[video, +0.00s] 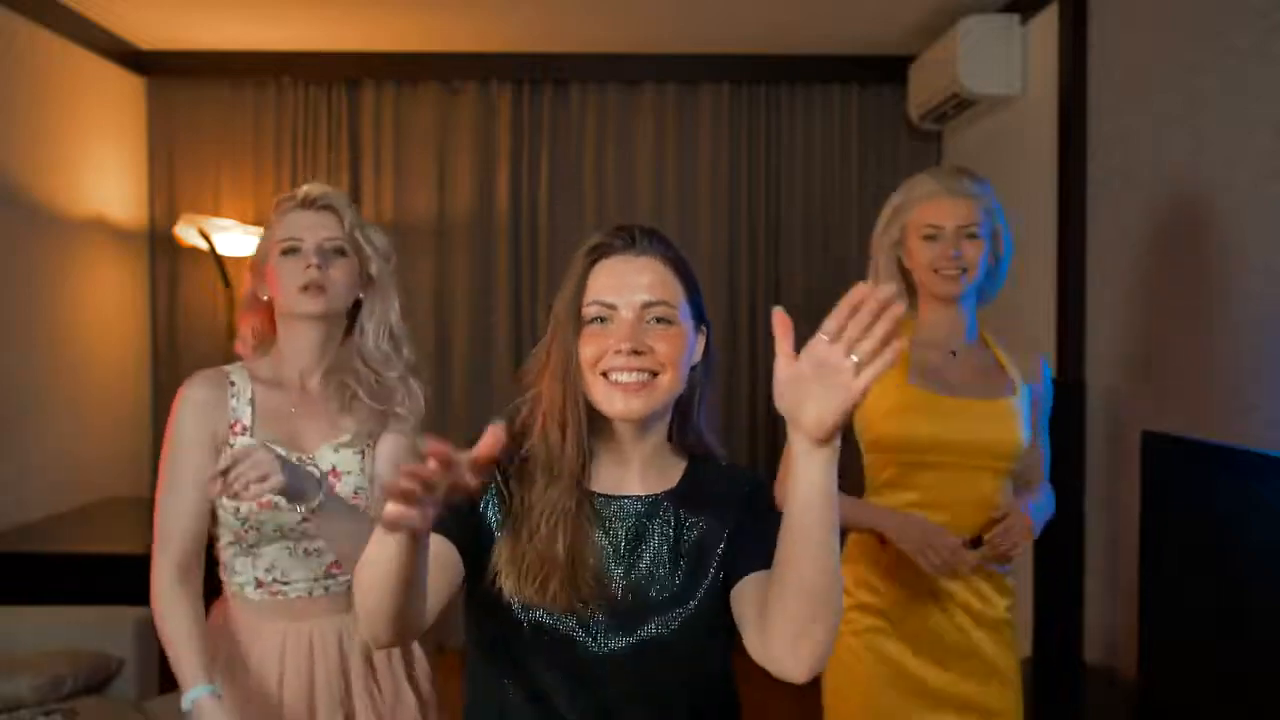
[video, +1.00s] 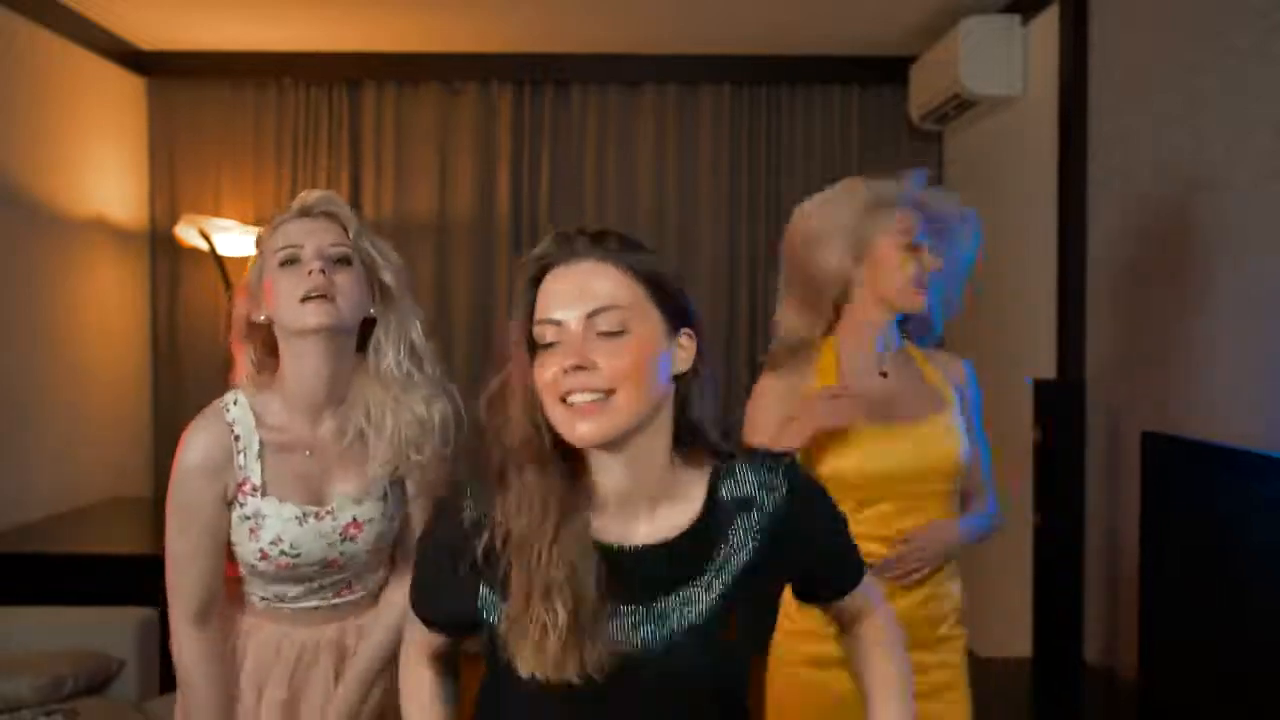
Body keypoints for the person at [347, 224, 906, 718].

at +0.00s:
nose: (628, 339)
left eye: (658, 317)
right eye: (600, 317)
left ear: (698, 347)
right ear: (566, 343)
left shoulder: (729, 503)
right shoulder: (500, 489)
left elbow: (794, 655)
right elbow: (383, 628)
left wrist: (812, 445)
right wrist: (400, 525)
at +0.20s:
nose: (620, 327)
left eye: (651, 300)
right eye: (593, 302)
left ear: (695, 324)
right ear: (562, 328)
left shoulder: (740, 476)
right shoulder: (510, 461)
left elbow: (778, 641)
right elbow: (413, 609)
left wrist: (814, 443)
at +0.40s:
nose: (602, 381)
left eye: (635, 356)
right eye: (576, 351)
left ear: (671, 380)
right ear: (541, 370)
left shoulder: (725, 504)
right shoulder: (485, 521)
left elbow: (744, 673)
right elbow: (445, 709)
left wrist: (755, 697)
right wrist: (515, 546)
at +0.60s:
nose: (603, 330)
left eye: (636, 304)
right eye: (574, 300)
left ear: (671, 331)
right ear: (534, 320)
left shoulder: (712, 459)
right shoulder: (463, 461)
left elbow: (773, 687)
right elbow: (410, 667)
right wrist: (391, 609)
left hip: (675, 707)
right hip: (513, 708)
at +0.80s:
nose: (607, 400)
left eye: (639, 371)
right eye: (575, 375)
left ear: (689, 384)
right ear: (541, 395)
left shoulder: (748, 569)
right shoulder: (473, 561)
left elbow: (769, 713)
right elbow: (399, 712)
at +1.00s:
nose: (573, 361)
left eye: (608, 330)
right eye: (548, 340)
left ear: (681, 350)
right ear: (529, 369)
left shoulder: (771, 501)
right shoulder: (486, 519)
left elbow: (864, 617)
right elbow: (423, 654)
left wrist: (891, 712)